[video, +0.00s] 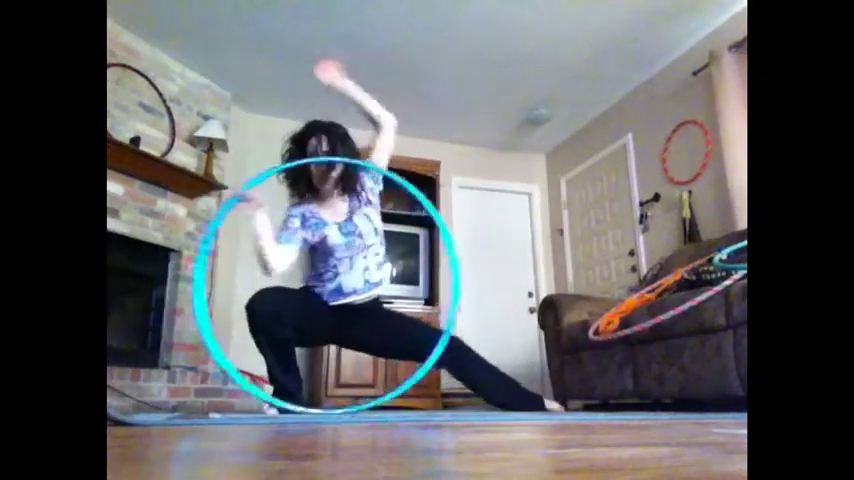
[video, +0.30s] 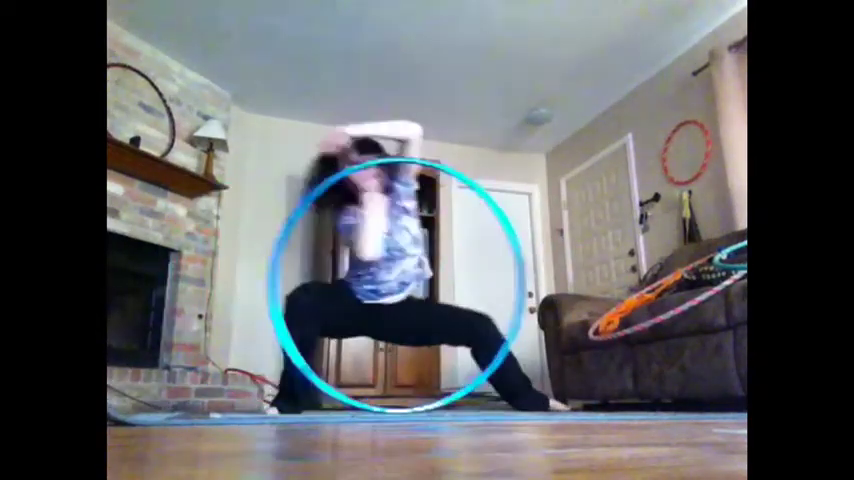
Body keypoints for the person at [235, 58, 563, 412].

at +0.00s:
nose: (321, 165)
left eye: (328, 156)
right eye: (312, 158)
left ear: (343, 159)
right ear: (302, 165)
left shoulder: (366, 186)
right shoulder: (302, 214)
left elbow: (387, 125)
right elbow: (274, 264)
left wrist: (342, 83)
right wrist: (257, 215)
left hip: (365, 314)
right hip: (319, 313)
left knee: (447, 346)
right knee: (263, 307)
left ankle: (538, 410)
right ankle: (290, 402)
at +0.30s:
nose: (366, 175)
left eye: (370, 167)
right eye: (357, 171)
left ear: (382, 167)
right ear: (348, 178)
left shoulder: (402, 191)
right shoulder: (350, 215)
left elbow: (412, 132)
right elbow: (369, 251)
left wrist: (352, 133)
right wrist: (373, 198)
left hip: (402, 311)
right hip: (354, 310)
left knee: (477, 327)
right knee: (304, 301)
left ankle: (530, 402)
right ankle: (294, 399)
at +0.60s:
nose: (452, 196)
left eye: (455, 187)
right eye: (442, 191)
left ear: (467, 184)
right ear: (433, 197)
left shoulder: (486, 199)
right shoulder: (438, 232)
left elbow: (536, 161)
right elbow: (484, 263)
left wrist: (497, 160)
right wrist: (529, 223)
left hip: (468, 307)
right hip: (417, 307)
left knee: (538, 315)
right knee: (361, 321)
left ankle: (535, 402)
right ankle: (287, 406)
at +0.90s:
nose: (510, 214)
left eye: (516, 206)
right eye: (502, 208)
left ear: (532, 210)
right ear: (493, 218)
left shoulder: (543, 233)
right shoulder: (493, 255)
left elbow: (602, 215)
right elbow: (542, 298)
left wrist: (570, 186)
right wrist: (596, 322)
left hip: (507, 326)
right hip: (457, 324)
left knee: (567, 323)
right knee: (388, 357)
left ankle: (535, 405)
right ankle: (293, 405)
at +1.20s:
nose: (513, 233)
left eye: (521, 225)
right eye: (505, 224)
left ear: (533, 229)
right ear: (493, 225)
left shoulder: (537, 247)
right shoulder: (478, 254)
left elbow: (593, 225)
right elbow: (462, 300)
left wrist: (561, 187)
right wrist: (521, 342)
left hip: (493, 324)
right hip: (445, 322)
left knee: (558, 317)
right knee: (373, 344)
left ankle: (538, 413)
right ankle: (291, 405)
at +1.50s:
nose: (439, 217)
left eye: (446, 211)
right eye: (433, 209)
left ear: (460, 215)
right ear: (420, 210)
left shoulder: (463, 246)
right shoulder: (399, 236)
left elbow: (506, 211)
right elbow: (345, 257)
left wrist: (462, 180)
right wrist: (377, 308)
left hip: (443, 312)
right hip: (393, 308)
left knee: (512, 317)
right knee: (338, 313)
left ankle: (540, 404)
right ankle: (295, 403)